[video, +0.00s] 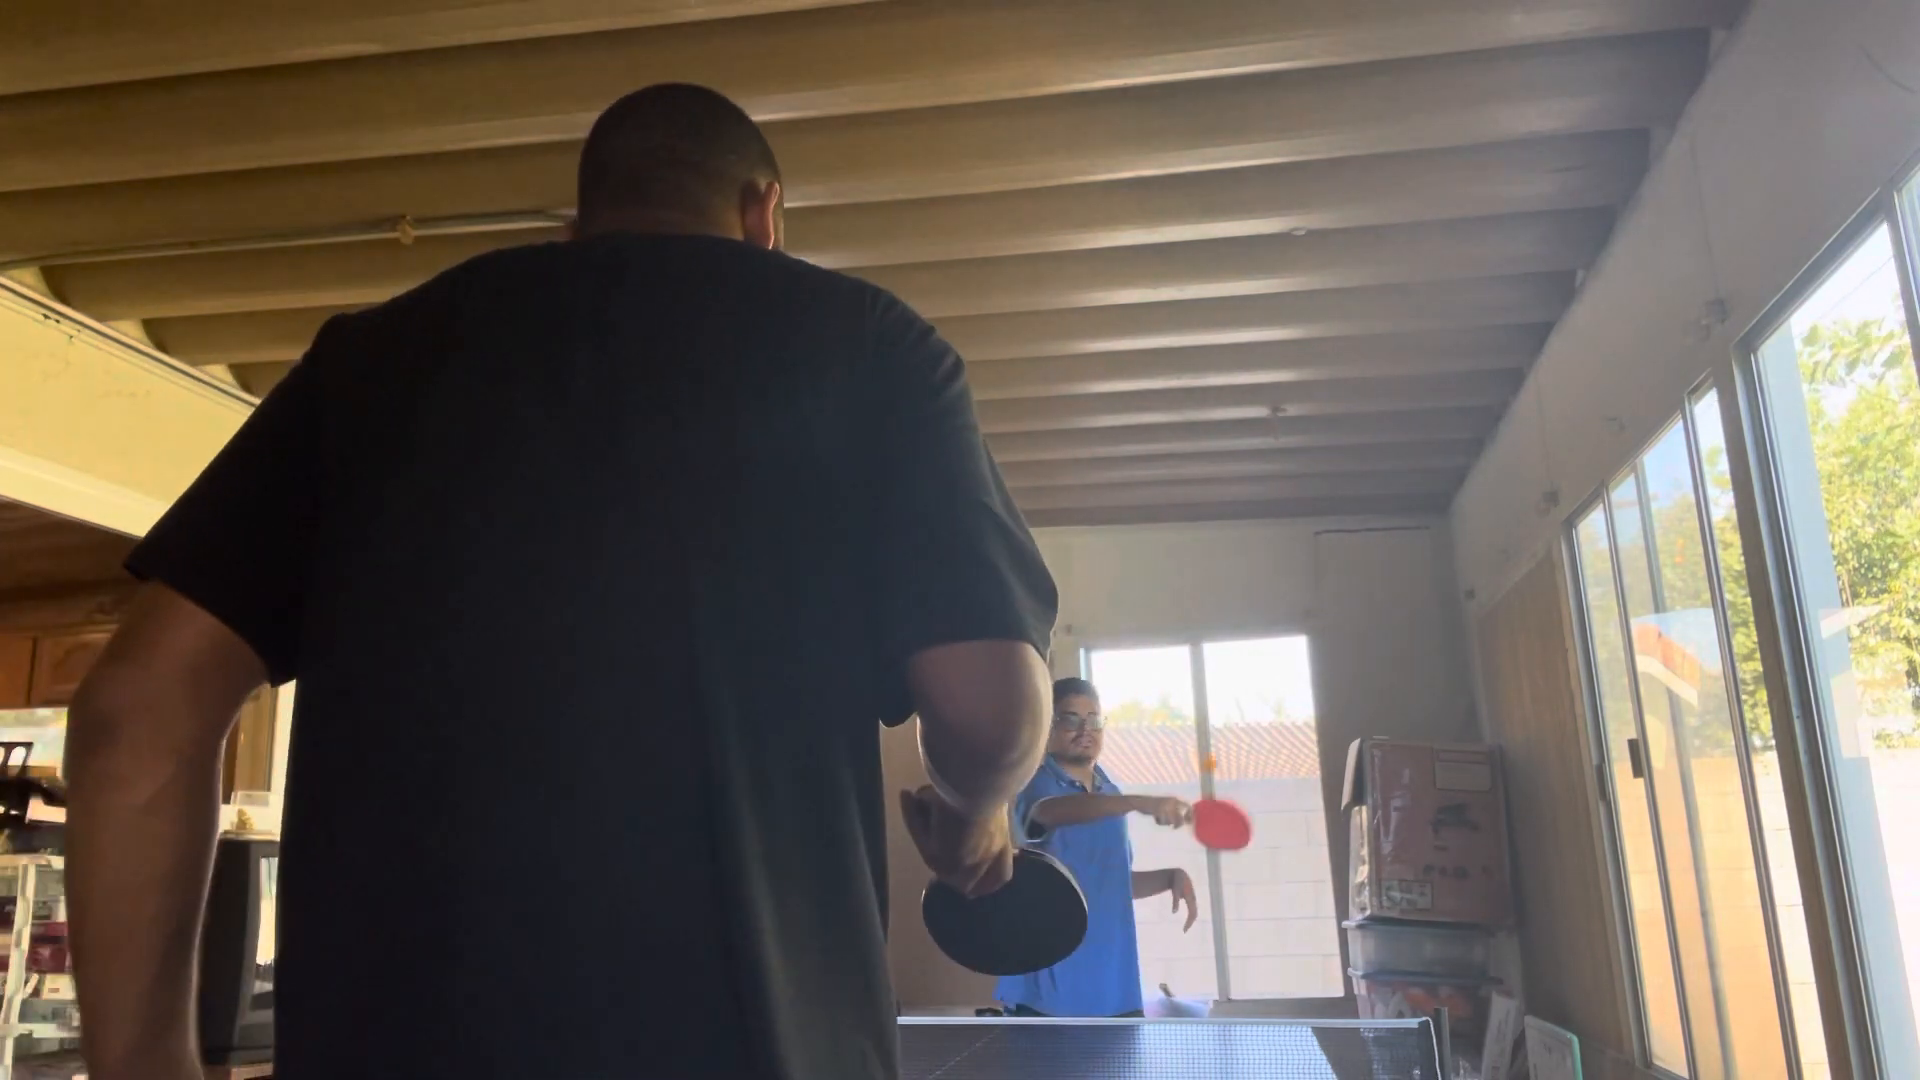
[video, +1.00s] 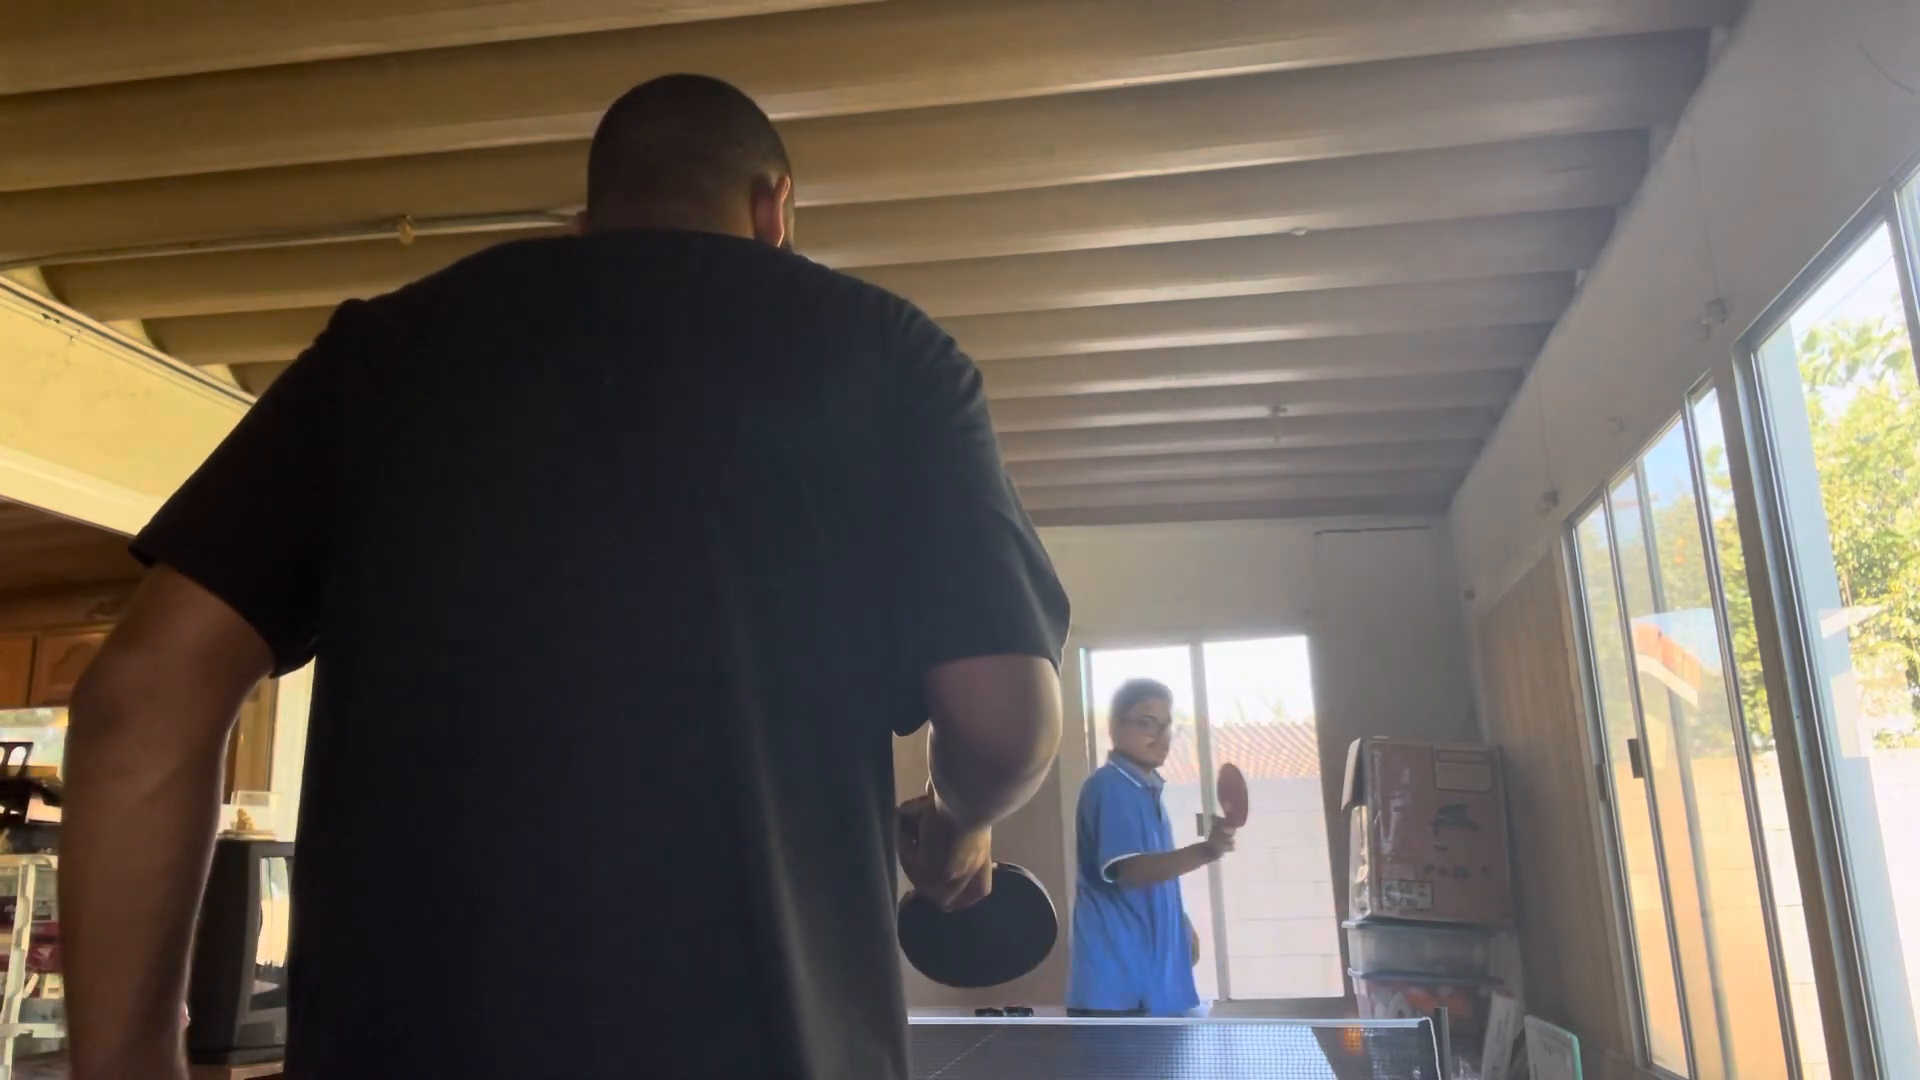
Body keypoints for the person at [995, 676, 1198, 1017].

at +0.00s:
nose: (1086, 730)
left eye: (1095, 720)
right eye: (1070, 720)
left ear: (1104, 728)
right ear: (1046, 728)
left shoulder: (1107, 792)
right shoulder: (1034, 780)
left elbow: (1110, 884)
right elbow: (1047, 811)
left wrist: (1171, 877)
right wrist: (1140, 803)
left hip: (1114, 987)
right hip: (1048, 993)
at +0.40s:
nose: (1104, 736)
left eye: (1111, 725)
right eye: (1090, 724)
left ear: (1117, 728)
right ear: (1061, 727)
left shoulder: (1116, 795)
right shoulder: (1041, 787)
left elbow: (1112, 887)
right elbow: (1028, 849)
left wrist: (1172, 887)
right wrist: (1113, 828)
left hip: (1129, 990)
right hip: (1065, 998)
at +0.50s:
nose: (1109, 737)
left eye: (1115, 727)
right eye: (1096, 726)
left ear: (1121, 728)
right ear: (1064, 728)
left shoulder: (1123, 796)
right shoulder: (1046, 789)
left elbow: (1119, 888)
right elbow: (1027, 859)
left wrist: (1179, 888)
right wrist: (1119, 853)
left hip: (1130, 988)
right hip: (1066, 994)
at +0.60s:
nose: (1119, 737)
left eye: (1124, 727)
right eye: (1106, 726)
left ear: (1130, 728)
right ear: (1072, 729)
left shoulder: (1129, 796)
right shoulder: (1056, 791)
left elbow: (1129, 893)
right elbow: (1075, 869)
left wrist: (1186, 892)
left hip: (1133, 989)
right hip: (1072, 996)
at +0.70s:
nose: (1134, 736)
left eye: (1137, 727)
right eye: (1121, 726)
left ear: (1142, 729)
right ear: (1085, 732)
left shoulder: (1131, 796)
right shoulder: (1083, 790)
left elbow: (1136, 888)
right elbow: (1145, 866)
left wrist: (1197, 898)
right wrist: (1251, 894)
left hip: (1122, 984)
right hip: (1079, 987)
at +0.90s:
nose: (1160, 737)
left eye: (1164, 728)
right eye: (1147, 726)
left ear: (1169, 731)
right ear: (1113, 729)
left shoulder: (1133, 787)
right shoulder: (1109, 786)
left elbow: (1127, 889)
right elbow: (1147, 867)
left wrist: (1183, 910)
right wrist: (1240, 854)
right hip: (1104, 988)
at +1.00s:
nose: (1160, 734)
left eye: (1166, 725)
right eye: (1146, 722)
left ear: (1172, 730)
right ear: (1115, 728)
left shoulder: (1146, 791)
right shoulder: (1111, 787)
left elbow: (1151, 877)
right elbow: (1125, 870)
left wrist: (1180, 923)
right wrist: (1204, 851)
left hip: (1158, 985)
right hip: (1118, 987)